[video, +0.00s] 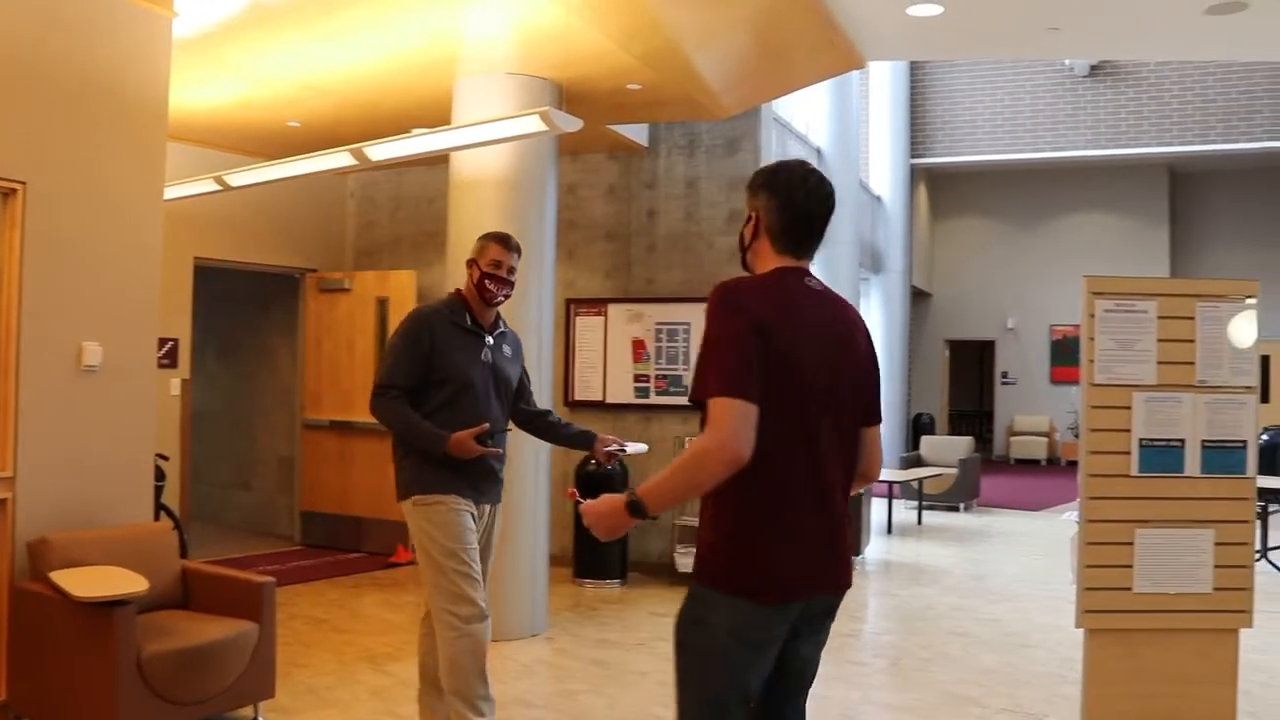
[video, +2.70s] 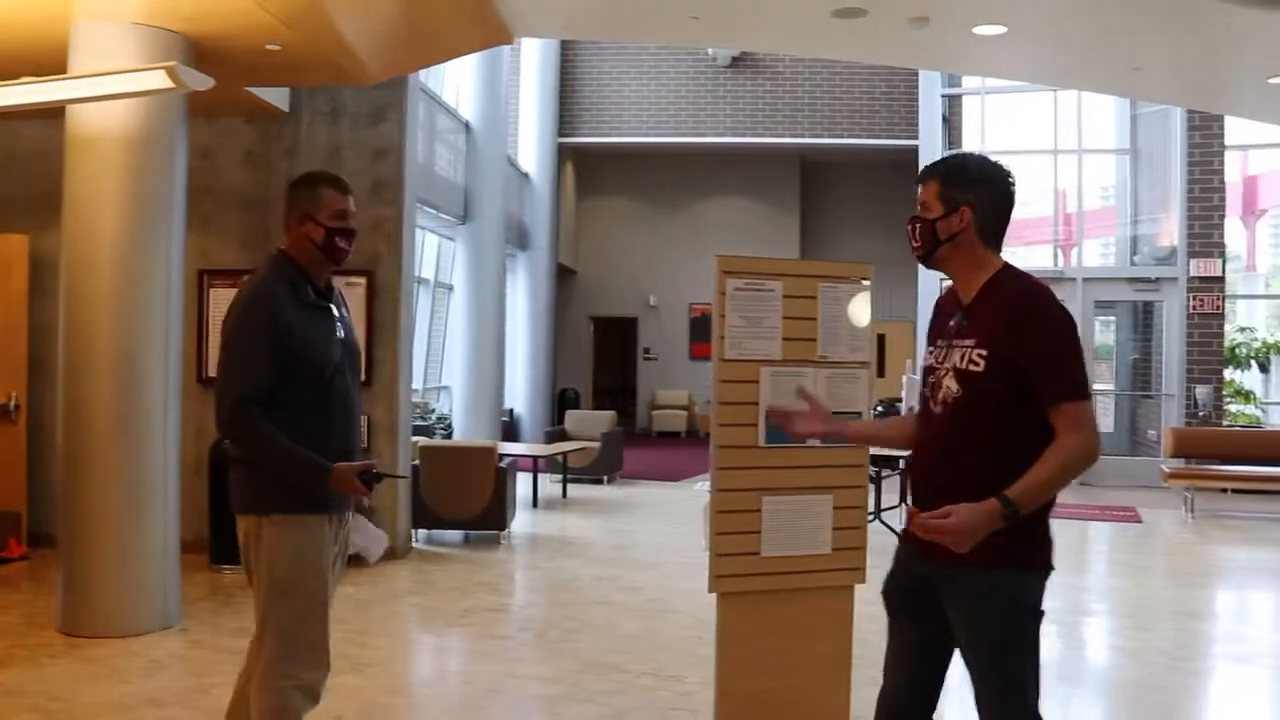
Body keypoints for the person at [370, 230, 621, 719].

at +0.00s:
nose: (499, 280)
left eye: (508, 274)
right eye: (492, 269)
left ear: (515, 281)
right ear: (470, 267)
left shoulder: (508, 341)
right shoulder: (426, 323)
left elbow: (528, 413)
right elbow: (385, 400)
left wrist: (592, 440)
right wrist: (443, 440)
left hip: (484, 493)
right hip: (434, 489)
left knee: (448, 612)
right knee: (466, 612)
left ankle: (437, 713)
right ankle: (473, 714)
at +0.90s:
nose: (461, 264)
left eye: (467, 254)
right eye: (451, 252)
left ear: (470, 257)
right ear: (419, 251)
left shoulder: (450, 318)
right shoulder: (386, 317)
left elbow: (463, 399)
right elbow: (354, 422)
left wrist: (520, 417)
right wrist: (435, 463)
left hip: (455, 505)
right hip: (399, 513)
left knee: (470, 631)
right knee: (404, 651)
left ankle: (469, 715)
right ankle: (388, 717)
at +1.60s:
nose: (436, 256)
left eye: (442, 249)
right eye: (426, 246)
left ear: (444, 256)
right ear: (395, 247)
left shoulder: (426, 321)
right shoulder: (357, 310)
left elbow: (443, 413)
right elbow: (326, 402)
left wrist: (512, 440)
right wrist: (404, 439)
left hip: (426, 501)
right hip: (375, 500)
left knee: (406, 634)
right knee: (374, 633)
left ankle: (383, 713)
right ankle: (326, 717)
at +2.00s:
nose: (406, 256)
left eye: (412, 249)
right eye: (398, 245)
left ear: (412, 253)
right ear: (366, 240)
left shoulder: (386, 316)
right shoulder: (320, 301)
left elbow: (395, 414)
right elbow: (279, 393)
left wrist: (446, 469)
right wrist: (357, 445)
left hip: (371, 495)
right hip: (324, 494)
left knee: (330, 632)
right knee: (342, 638)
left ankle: (318, 714)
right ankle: (348, 716)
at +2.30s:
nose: (377, 249)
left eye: (381, 241)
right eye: (366, 238)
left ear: (381, 246)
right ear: (331, 238)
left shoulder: (353, 311)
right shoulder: (295, 303)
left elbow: (362, 414)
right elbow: (266, 408)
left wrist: (378, 502)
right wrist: (347, 463)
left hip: (337, 499)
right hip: (302, 501)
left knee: (290, 636)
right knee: (320, 650)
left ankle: (275, 716)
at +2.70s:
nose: (347, 238)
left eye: (351, 228)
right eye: (336, 225)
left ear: (352, 229)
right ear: (298, 224)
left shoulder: (324, 295)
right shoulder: (264, 297)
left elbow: (325, 399)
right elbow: (236, 417)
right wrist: (327, 474)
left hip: (319, 506)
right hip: (283, 508)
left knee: (279, 661)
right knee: (295, 672)